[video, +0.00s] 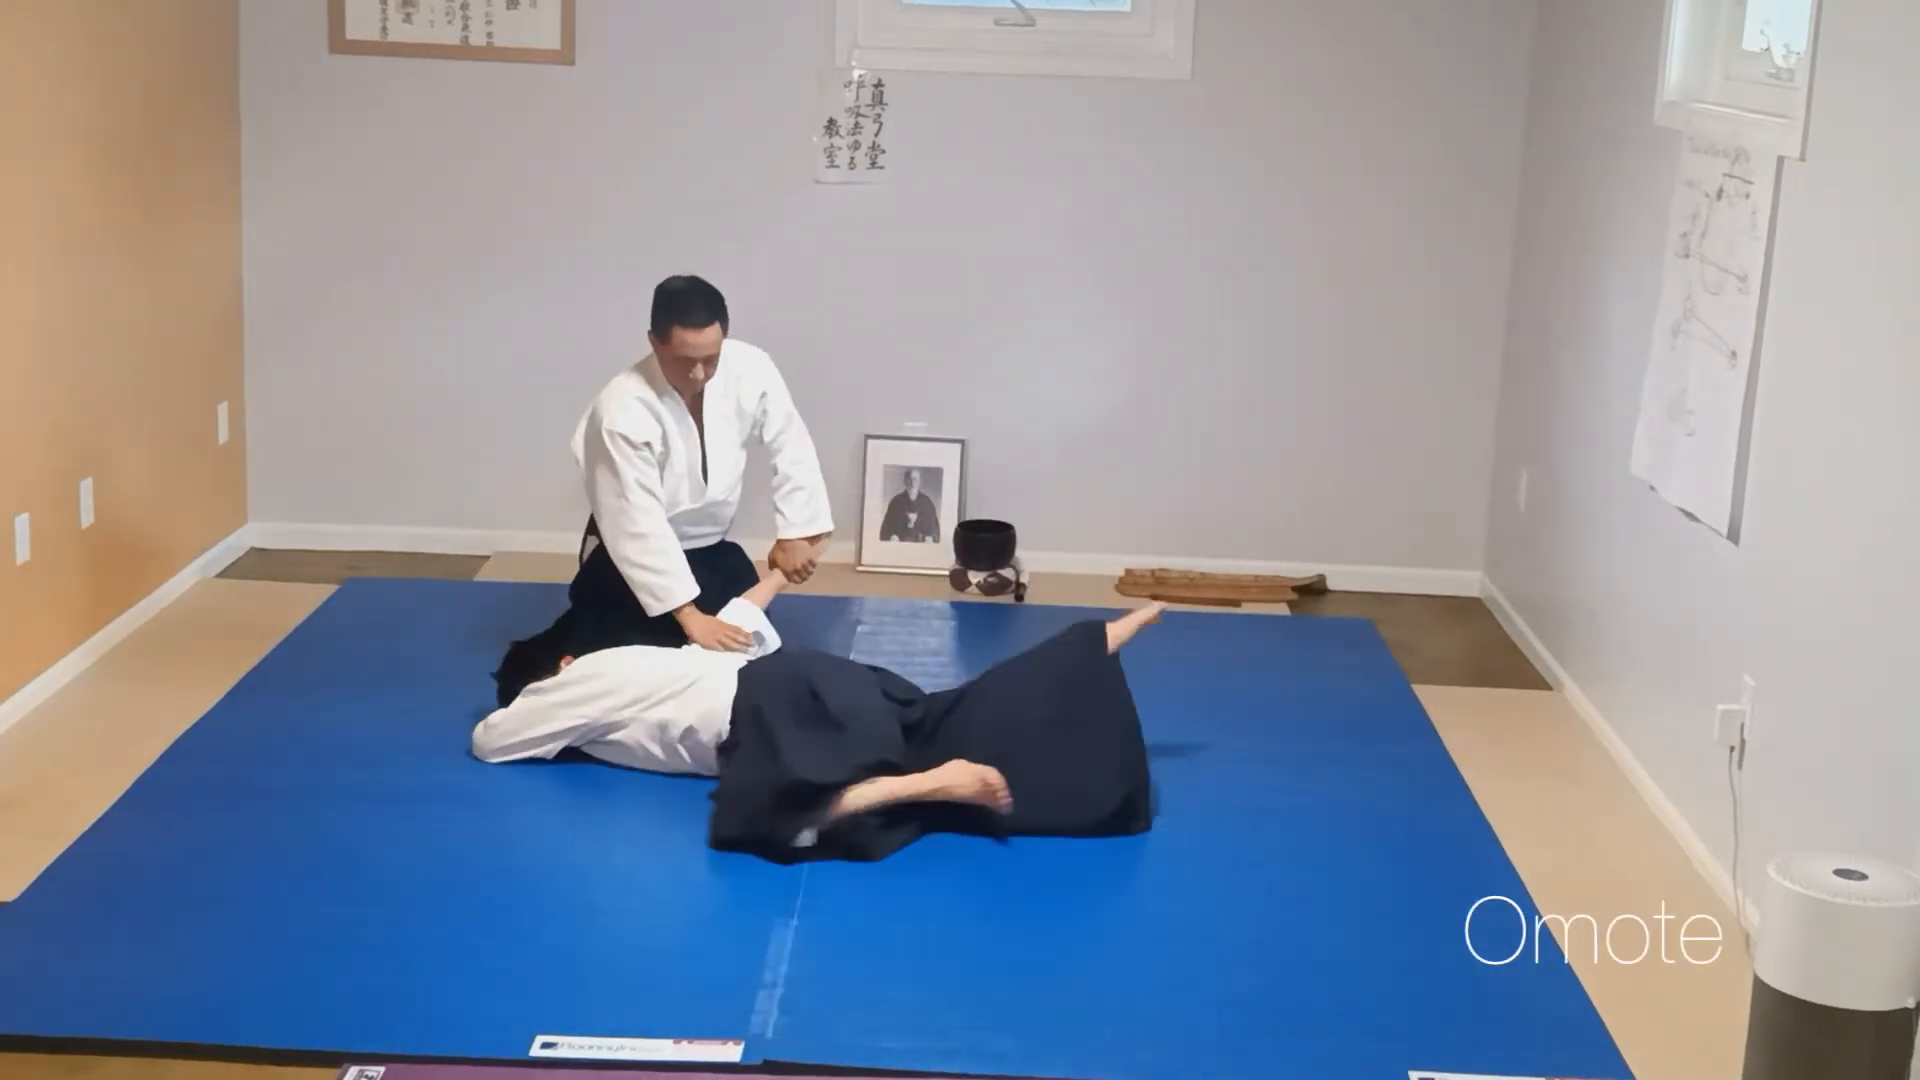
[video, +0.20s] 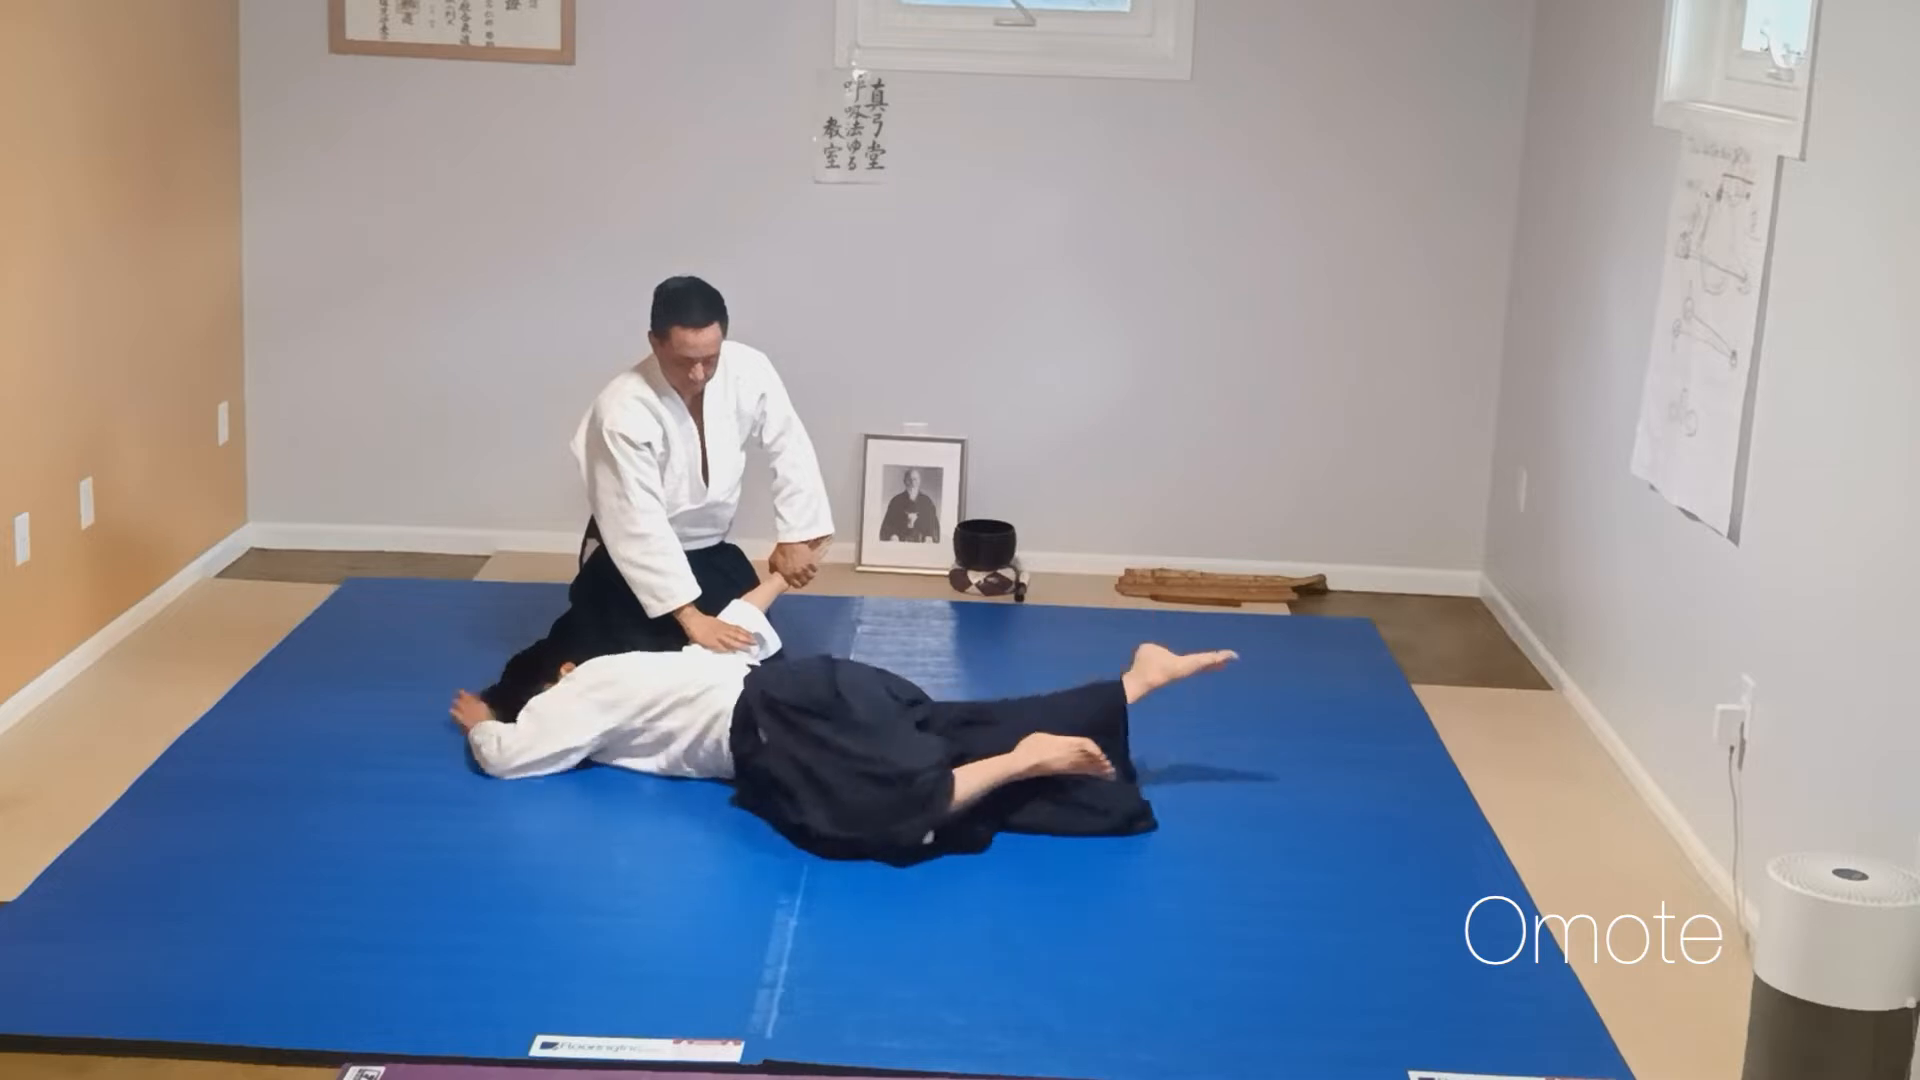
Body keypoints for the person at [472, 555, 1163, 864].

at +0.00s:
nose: (541, 708)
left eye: (536, 698)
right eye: (538, 698)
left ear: (553, 674)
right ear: (580, 653)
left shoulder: (585, 684)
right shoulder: (653, 666)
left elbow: (491, 741)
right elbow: (728, 632)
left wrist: (549, 709)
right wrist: (766, 587)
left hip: (768, 708)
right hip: (808, 673)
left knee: (779, 815)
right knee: (942, 727)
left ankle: (934, 783)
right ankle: (1096, 640)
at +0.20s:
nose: (543, 713)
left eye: (539, 703)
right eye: (542, 702)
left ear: (560, 681)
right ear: (581, 657)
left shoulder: (586, 691)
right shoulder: (659, 661)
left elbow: (504, 758)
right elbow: (740, 634)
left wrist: (475, 721)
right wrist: (765, 592)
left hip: (782, 725)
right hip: (817, 681)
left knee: (896, 815)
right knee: (964, 733)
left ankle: (1026, 761)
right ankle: (1134, 679)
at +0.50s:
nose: (543, 727)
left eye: (535, 714)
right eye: (537, 719)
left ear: (561, 684)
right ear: (578, 668)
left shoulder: (591, 697)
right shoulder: (660, 667)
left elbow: (573, 774)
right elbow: (735, 649)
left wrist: (488, 761)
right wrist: (761, 600)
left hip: (772, 726)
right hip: (811, 683)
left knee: (900, 816)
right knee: (965, 745)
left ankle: (1046, 799)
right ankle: (1165, 774)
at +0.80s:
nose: (546, 734)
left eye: (539, 719)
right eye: (541, 724)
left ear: (558, 688)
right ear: (580, 666)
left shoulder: (590, 700)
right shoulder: (656, 664)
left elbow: (570, 775)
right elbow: (743, 650)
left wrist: (484, 759)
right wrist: (755, 608)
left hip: (771, 725)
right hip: (817, 684)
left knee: (902, 814)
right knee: (971, 751)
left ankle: (1052, 856)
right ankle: (1168, 797)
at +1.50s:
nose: (534, 726)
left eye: (527, 712)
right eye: (530, 712)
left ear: (547, 692)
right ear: (570, 668)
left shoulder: (575, 706)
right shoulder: (652, 653)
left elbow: (560, 778)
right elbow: (708, 623)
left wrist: (483, 759)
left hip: (754, 737)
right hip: (806, 687)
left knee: (885, 806)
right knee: (965, 745)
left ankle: (1035, 847)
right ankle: (1165, 795)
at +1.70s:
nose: (544, 725)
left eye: (534, 714)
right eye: (540, 714)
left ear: (547, 693)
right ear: (570, 662)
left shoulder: (574, 711)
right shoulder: (650, 654)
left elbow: (561, 778)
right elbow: (693, 586)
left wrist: (488, 761)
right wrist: (722, 506)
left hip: (747, 739)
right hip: (793, 690)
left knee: (889, 804)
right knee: (958, 749)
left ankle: (1043, 843)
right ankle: (1160, 799)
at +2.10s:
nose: (533, 719)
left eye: (526, 710)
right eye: (531, 709)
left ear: (547, 688)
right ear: (578, 662)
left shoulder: (572, 700)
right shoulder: (652, 659)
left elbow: (561, 775)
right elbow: (716, 645)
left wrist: (492, 758)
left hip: (749, 738)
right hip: (804, 688)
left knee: (891, 808)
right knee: (965, 748)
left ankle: (1030, 863)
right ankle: (1160, 797)